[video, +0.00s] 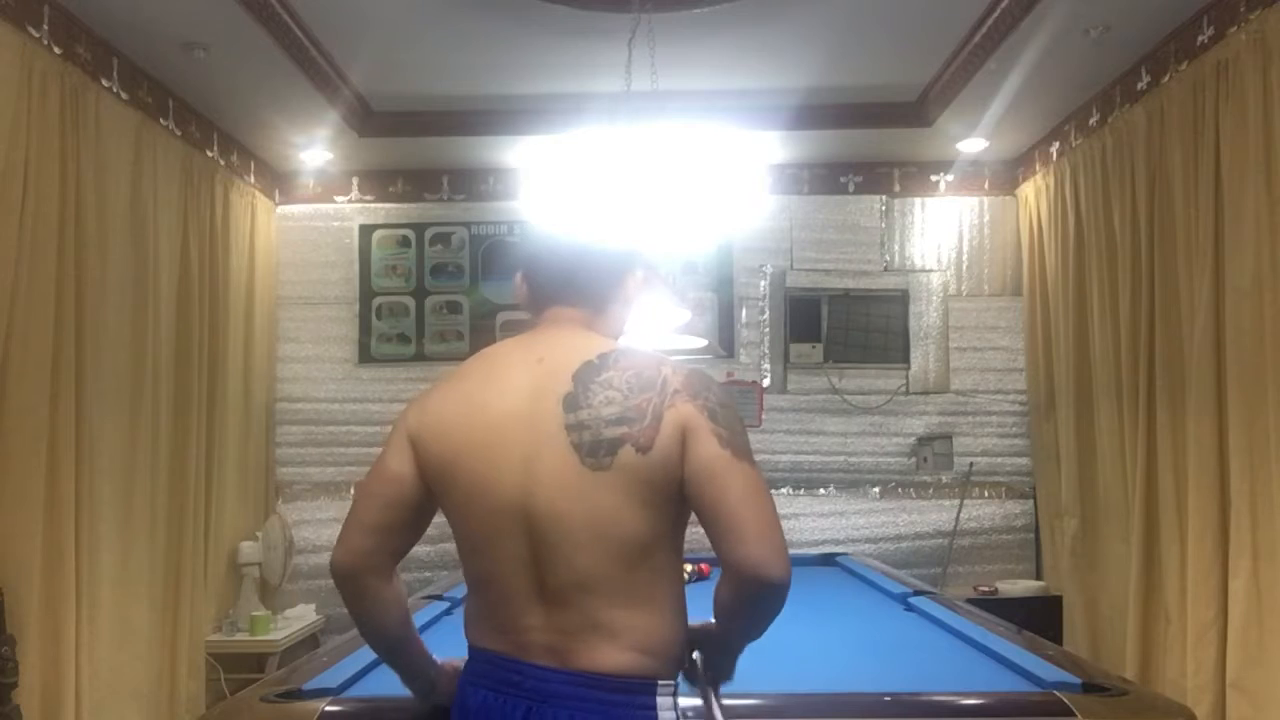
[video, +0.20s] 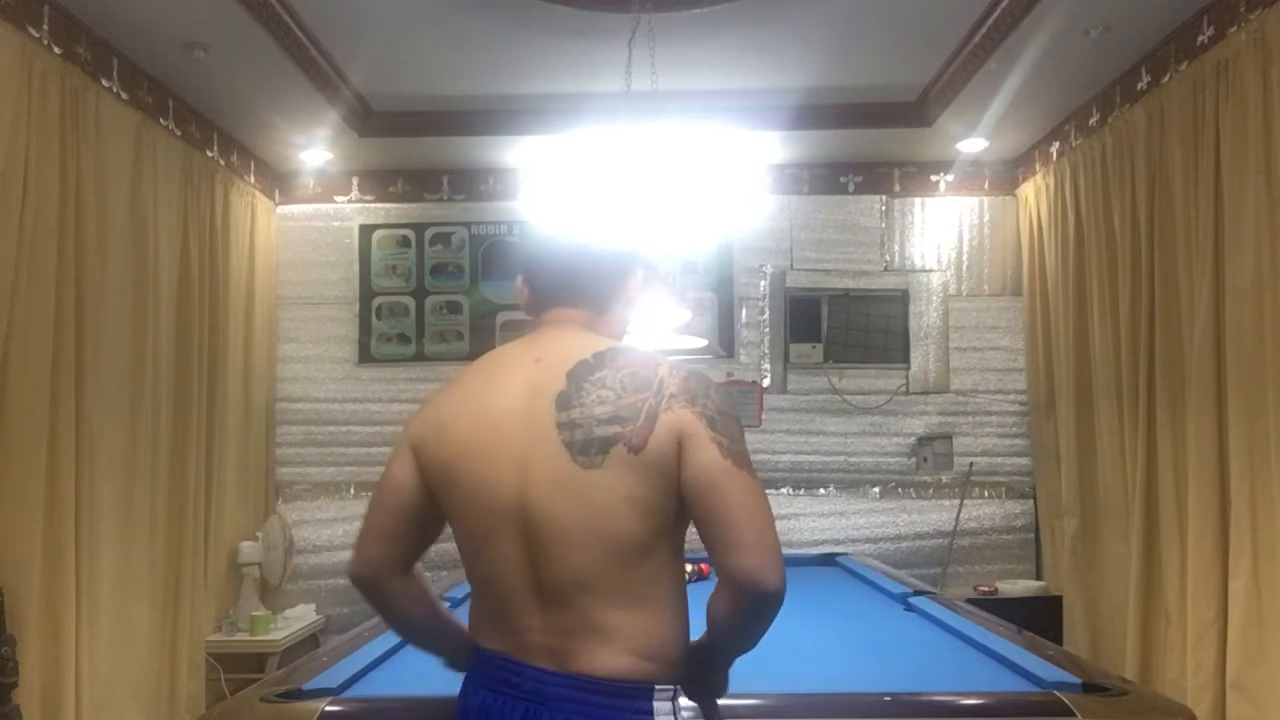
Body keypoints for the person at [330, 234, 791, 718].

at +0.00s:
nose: (644, 293)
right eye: (643, 280)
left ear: (525, 286)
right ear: (630, 283)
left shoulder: (444, 399)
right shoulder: (675, 392)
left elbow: (357, 562)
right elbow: (762, 568)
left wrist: (426, 678)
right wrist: (722, 646)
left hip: (487, 699)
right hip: (622, 702)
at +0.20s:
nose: (645, 297)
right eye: (645, 285)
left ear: (524, 289)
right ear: (632, 286)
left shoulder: (454, 400)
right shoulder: (674, 393)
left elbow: (376, 566)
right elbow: (757, 578)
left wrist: (462, 650)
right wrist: (711, 659)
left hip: (492, 699)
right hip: (635, 702)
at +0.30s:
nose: (647, 301)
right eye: (646, 286)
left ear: (524, 291)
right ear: (634, 286)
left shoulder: (454, 405)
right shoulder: (674, 391)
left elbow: (406, 576)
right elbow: (750, 579)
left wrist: (500, 632)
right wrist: (705, 652)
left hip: (492, 701)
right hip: (631, 707)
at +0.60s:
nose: (649, 293)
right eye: (647, 278)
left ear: (526, 288)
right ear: (635, 280)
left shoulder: (458, 402)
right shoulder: (659, 387)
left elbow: (452, 580)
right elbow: (745, 589)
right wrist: (756, 704)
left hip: (491, 694)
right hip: (623, 703)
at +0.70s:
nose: (653, 290)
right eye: (651, 276)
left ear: (527, 286)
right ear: (636, 279)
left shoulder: (457, 405)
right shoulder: (661, 389)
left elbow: (443, 567)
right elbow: (744, 588)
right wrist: (774, 708)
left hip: (491, 694)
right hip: (622, 704)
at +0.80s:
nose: (647, 297)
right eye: (648, 282)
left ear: (527, 287)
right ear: (636, 281)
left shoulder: (461, 397)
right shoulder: (664, 390)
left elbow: (428, 544)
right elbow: (747, 583)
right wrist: (799, 710)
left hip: (492, 695)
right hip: (621, 703)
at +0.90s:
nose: (649, 294)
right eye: (649, 282)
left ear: (528, 287)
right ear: (636, 281)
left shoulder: (462, 396)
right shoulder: (666, 389)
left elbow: (413, 535)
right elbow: (753, 584)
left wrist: (476, 456)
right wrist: (812, 711)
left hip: (493, 693)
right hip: (621, 700)